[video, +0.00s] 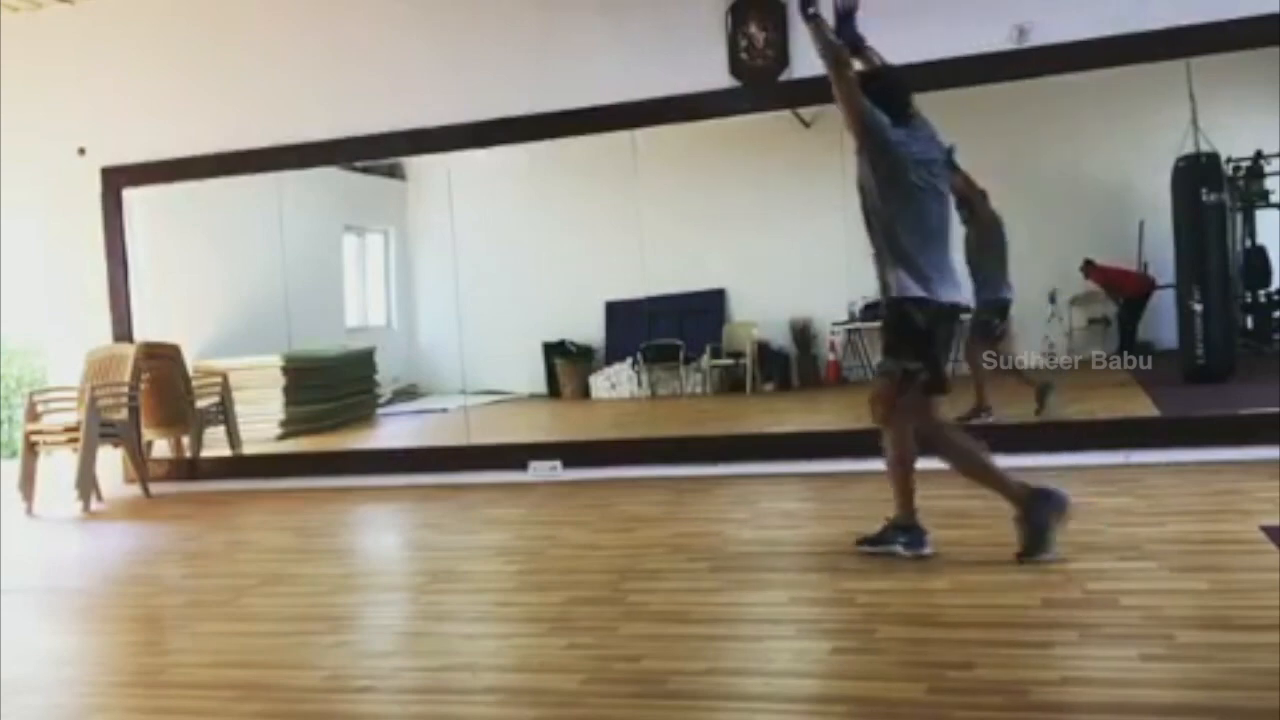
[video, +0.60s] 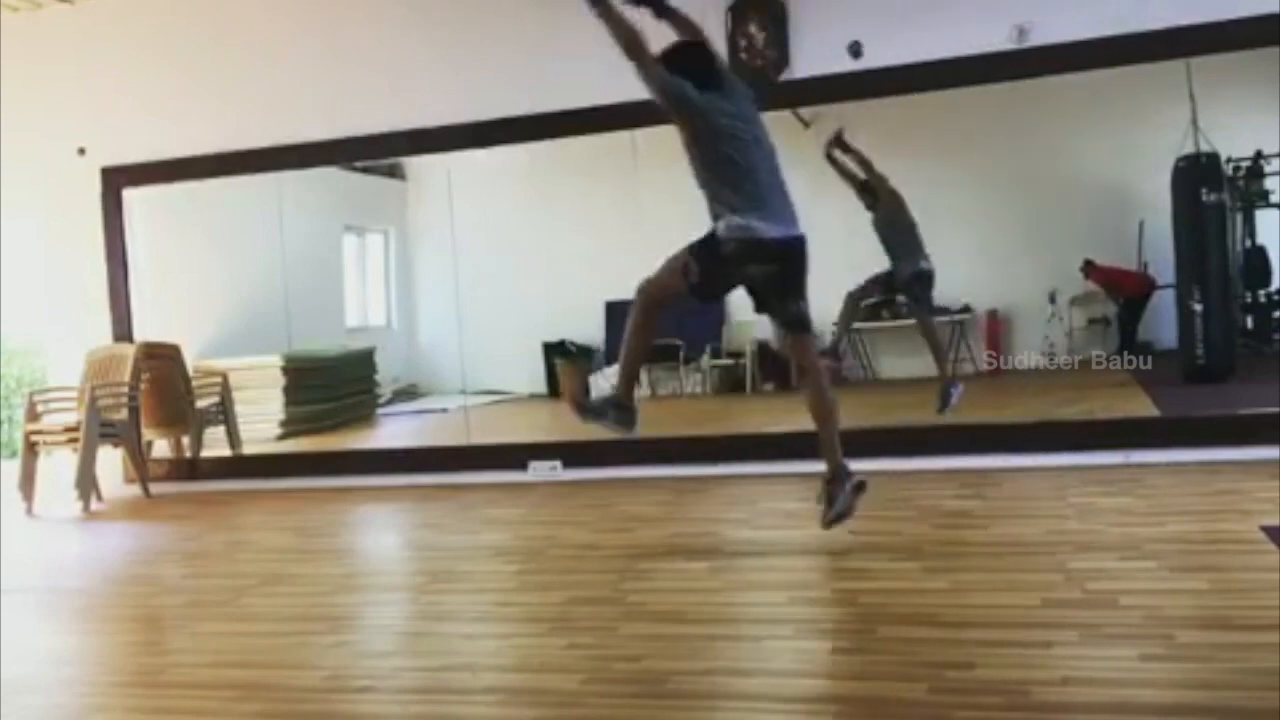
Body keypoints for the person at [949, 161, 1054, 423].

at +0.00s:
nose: (959, 214)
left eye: (962, 208)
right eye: (958, 209)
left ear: (973, 205)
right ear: (967, 208)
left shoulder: (987, 224)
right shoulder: (977, 227)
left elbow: (972, 193)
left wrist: (951, 166)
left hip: (994, 299)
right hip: (988, 299)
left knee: (973, 351)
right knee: (996, 356)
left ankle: (982, 404)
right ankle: (1037, 386)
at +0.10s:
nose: (951, 213)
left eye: (955, 207)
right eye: (951, 208)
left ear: (968, 206)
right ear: (955, 210)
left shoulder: (980, 224)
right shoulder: (968, 227)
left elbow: (965, 195)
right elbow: (957, 195)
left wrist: (946, 170)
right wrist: (944, 172)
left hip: (986, 300)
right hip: (978, 300)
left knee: (967, 351)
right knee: (970, 355)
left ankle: (981, 404)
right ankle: (1009, 386)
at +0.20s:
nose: (938, 225)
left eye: (941, 219)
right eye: (936, 219)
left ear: (952, 216)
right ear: (941, 220)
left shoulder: (966, 233)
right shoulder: (953, 235)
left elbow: (952, 203)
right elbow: (943, 204)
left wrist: (932, 177)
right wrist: (929, 179)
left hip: (968, 308)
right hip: (953, 307)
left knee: (949, 358)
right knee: (921, 342)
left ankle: (977, 405)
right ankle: (905, 393)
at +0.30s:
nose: (928, 228)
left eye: (930, 221)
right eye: (927, 222)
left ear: (942, 220)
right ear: (937, 221)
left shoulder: (955, 239)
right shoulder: (946, 242)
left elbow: (944, 208)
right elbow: (937, 209)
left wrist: (922, 179)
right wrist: (921, 181)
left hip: (959, 311)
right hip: (949, 310)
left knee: (944, 363)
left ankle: (976, 406)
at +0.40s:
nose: (905, 218)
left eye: (908, 211)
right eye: (904, 212)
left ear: (920, 209)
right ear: (910, 210)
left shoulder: (932, 227)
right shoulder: (920, 230)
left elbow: (916, 195)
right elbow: (907, 196)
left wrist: (896, 166)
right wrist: (892, 168)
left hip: (943, 298)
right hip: (926, 295)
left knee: (944, 353)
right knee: (878, 294)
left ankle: (974, 402)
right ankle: (847, 332)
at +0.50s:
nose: (889, 203)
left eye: (892, 198)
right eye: (888, 198)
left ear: (905, 196)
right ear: (895, 199)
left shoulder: (917, 213)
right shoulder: (906, 218)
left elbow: (898, 184)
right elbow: (891, 184)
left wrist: (878, 156)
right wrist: (876, 158)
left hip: (934, 286)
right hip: (917, 282)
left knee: (942, 338)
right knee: (869, 283)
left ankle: (967, 393)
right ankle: (842, 329)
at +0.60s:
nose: (863, 201)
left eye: (865, 196)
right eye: (861, 197)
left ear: (875, 191)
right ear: (863, 197)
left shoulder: (891, 200)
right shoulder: (875, 207)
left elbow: (870, 172)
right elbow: (853, 181)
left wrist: (846, 147)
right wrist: (830, 156)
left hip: (917, 273)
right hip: (897, 274)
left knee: (925, 322)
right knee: (854, 298)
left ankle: (947, 381)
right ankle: (834, 349)